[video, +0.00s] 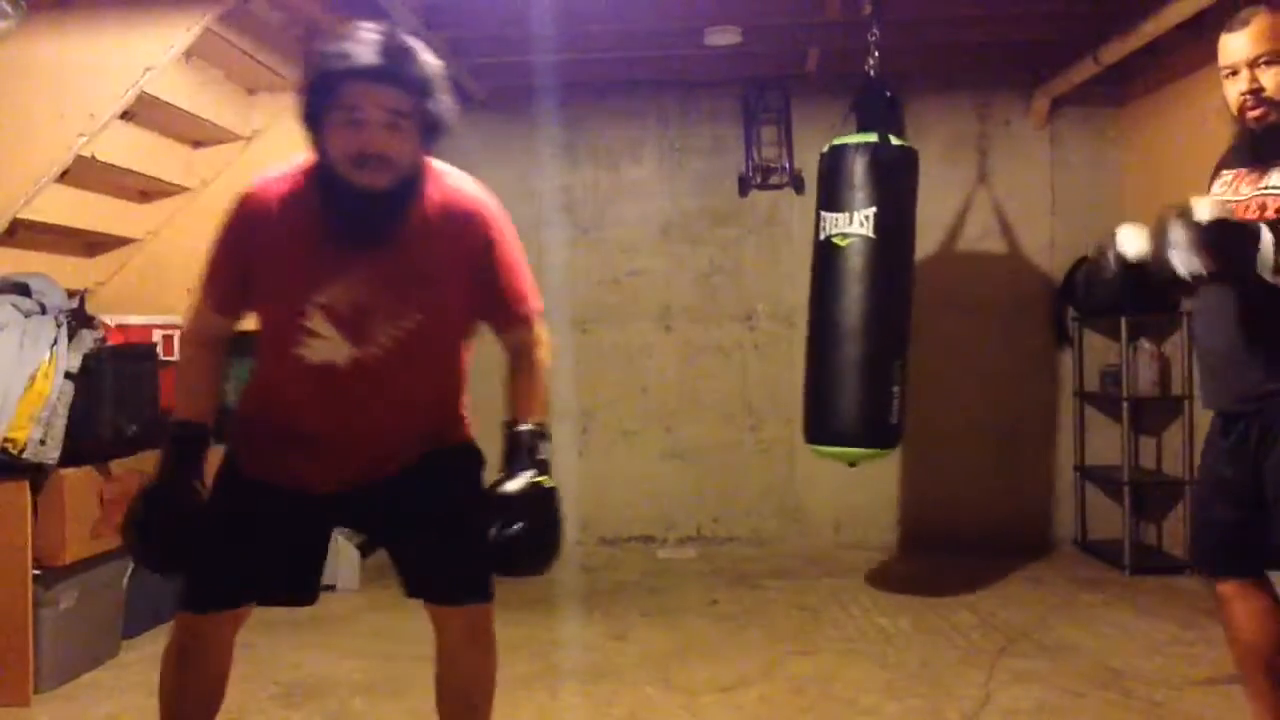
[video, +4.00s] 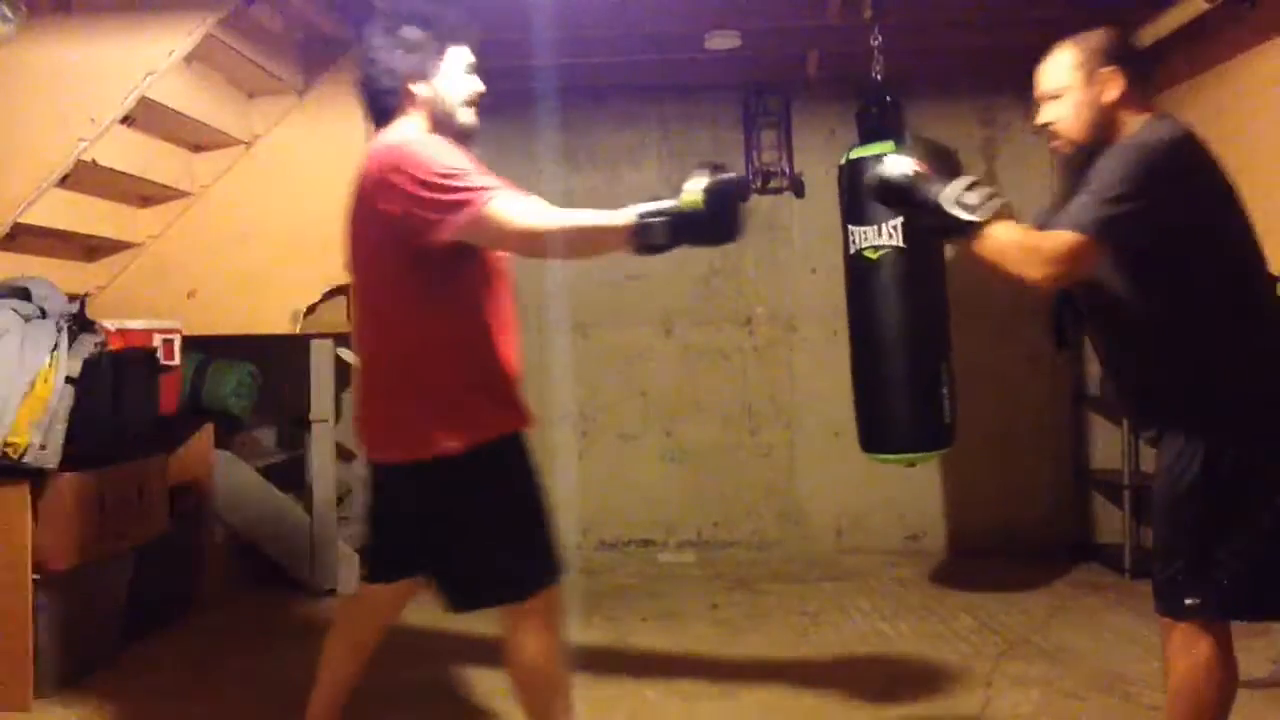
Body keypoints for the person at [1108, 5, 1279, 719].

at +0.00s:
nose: (1248, 85)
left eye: (1262, 66)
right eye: (1233, 72)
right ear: (1220, 80)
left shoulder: (1279, 169)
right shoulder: (1231, 169)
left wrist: (1257, 250)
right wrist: (1144, 256)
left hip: (1273, 406)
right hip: (1237, 410)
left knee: (1243, 573)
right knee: (1232, 573)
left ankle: (1265, 703)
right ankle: (1264, 707)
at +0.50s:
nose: (1197, 123)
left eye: (1210, 99)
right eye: (1183, 109)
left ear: (1258, 84)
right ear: (1173, 111)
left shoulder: (1277, 166)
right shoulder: (1196, 176)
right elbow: (1184, 273)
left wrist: (1275, 337)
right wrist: (1163, 338)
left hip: (1279, 412)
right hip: (1236, 411)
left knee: (1271, 580)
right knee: (1259, 573)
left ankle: (1275, 689)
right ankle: (1274, 686)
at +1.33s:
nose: (1190, 127)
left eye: (1204, 107)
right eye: (1177, 116)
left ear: (1245, 100)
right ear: (1170, 122)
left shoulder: (1267, 166)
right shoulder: (1205, 186)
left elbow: (1275, 280)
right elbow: (1204, 281)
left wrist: (1193, 273)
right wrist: (1144, 281)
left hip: (1254, 407)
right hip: (1224, 408)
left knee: (1236, 584)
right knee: (1247, 582)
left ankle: (1237, 714)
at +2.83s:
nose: (1238, 117)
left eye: (1253, 97)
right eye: (1228, 106)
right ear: (1223, 117)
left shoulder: (1274, 195)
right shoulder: (1242, 196)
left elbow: (1275, 280)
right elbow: (1193, 291)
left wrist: (1243, 220)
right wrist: (1177, 231)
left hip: (1272, 421)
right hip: (1248, 423)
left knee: (1256, 602)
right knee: (1254, 599)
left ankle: (1242, 711)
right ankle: (1250, 706)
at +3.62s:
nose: (1189, 112)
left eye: (1204, 90)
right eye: (1185, 97)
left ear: (1261, 81)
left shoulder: (1266, 165)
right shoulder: (1233, 174)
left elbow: (1254, 278)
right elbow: (1204, 273)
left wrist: (1144, 238)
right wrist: (1115, 255)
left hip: (1250, 420)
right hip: (1222, 419)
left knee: (1221, 614)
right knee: (1223, 612)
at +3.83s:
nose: (1108, 106)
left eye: (1118, 85)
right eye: (1104, 90)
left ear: (1176, 75)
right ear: (1173, 81)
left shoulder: (1214, 147)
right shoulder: (1176, 152)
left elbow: (1151, 267)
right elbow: (1117, 261)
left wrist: (1046, 233)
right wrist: (1027, 221)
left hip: (1226, 412)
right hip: (1205, 411)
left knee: (1195, 608)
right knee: (1196, 605)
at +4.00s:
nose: (1041, 118)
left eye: (1054, 96)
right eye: (1039, 102)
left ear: (1111, 85)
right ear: (1108, 91)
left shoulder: (1151, 150)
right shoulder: (1125, 153)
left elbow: (1046, 261)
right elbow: (1053, 254)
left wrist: (952, 202)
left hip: (1225, 413)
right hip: (1207, 409)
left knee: (1188, 610)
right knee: (1191, 608)